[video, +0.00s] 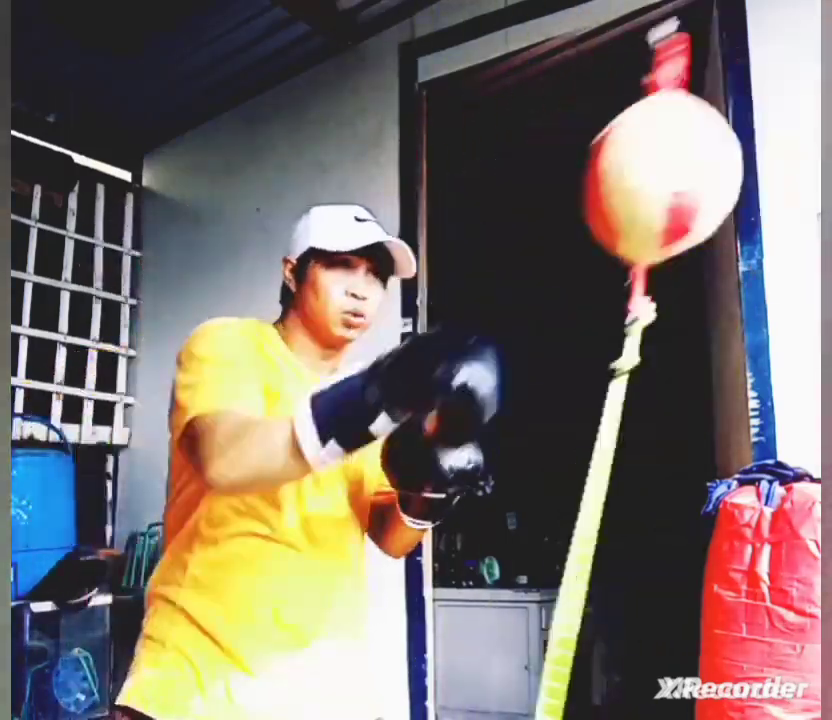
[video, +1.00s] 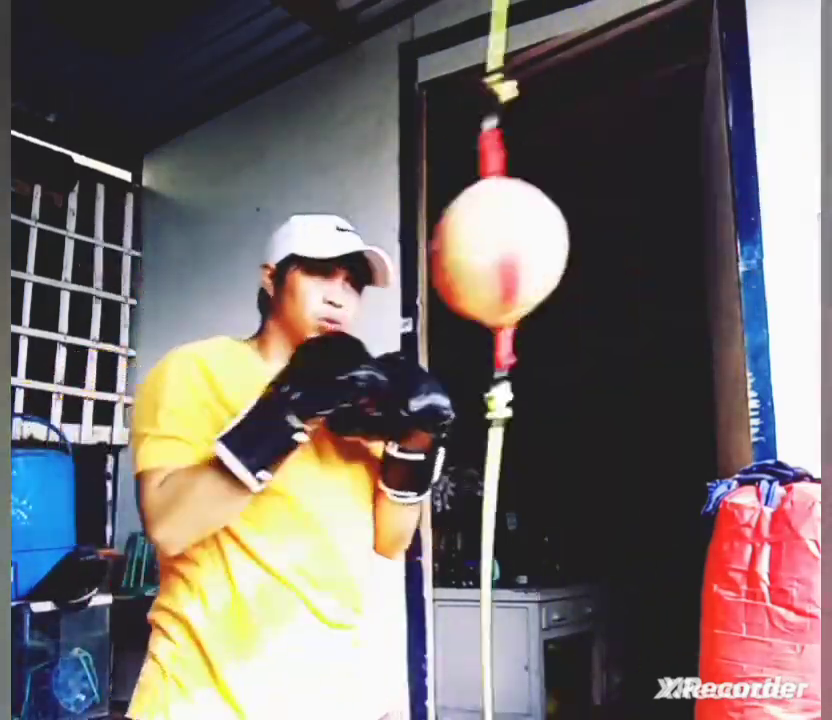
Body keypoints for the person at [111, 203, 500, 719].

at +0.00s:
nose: (362, 290)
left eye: (375, 275)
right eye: (342, 267)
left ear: (387, 292)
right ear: (293, 273)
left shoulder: (371, 398)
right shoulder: (226, 343)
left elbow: (393, 541)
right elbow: (223, 461)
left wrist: (425, 494)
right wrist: (373, 397)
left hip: (331, 674)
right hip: (204, 666)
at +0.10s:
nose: (300, 276)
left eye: (317, 261)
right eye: (280, 255)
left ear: (329, 280)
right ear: (236, 267)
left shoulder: (347, 388)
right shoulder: (170, 370)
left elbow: (378, 528)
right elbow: (145, 534)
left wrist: (395, 493)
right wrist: (256, 467)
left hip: (328, 687)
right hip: (197, 683)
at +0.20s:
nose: (227, 289)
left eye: (246, 273)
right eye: (206, 268)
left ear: (263, 289)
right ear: (168, 280)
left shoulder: (306, 386)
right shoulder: (113, 400)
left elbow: (353, 522)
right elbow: (122, 556)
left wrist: (348, 461)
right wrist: (197, 446)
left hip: (318, 691)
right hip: (180, 691)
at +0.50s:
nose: (220, 311)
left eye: (239, 296)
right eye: (200, 289)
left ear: (257, 305)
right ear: (159, 293)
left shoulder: (311, 390)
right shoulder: (105, 409)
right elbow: (116, 543)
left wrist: (399, 434)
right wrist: (177, 416)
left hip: (312, 697)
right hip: (169, 699)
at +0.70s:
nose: (328, 287)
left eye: (342, 271)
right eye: (307, 268)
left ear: (360, 283)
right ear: (264, 278)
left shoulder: (388, 386)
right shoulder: (196, 359)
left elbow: (482, 447)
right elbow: (190, 469)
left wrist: (516, 369)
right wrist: (300, 350)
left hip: (362, 693)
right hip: (215, 693)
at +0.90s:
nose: (381, 300)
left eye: (393, 289)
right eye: (362, 280)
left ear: (406, 300)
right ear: (313, 282)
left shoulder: (388, 407)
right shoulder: (244, 344)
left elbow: (409, 546)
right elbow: (250, 431)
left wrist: (442, 459)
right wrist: (402, 332)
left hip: (344, 689)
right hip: (218, 681)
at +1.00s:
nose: (339, 295)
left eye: (352, 282)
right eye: (319, 272)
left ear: (362, 300)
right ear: (271, 279)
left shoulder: (367, 396)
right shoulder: (193, 372)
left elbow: (391, 543)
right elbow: (170, 526)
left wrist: (415, 444)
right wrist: (284, 414)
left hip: (338, 690)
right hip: (207, 686)